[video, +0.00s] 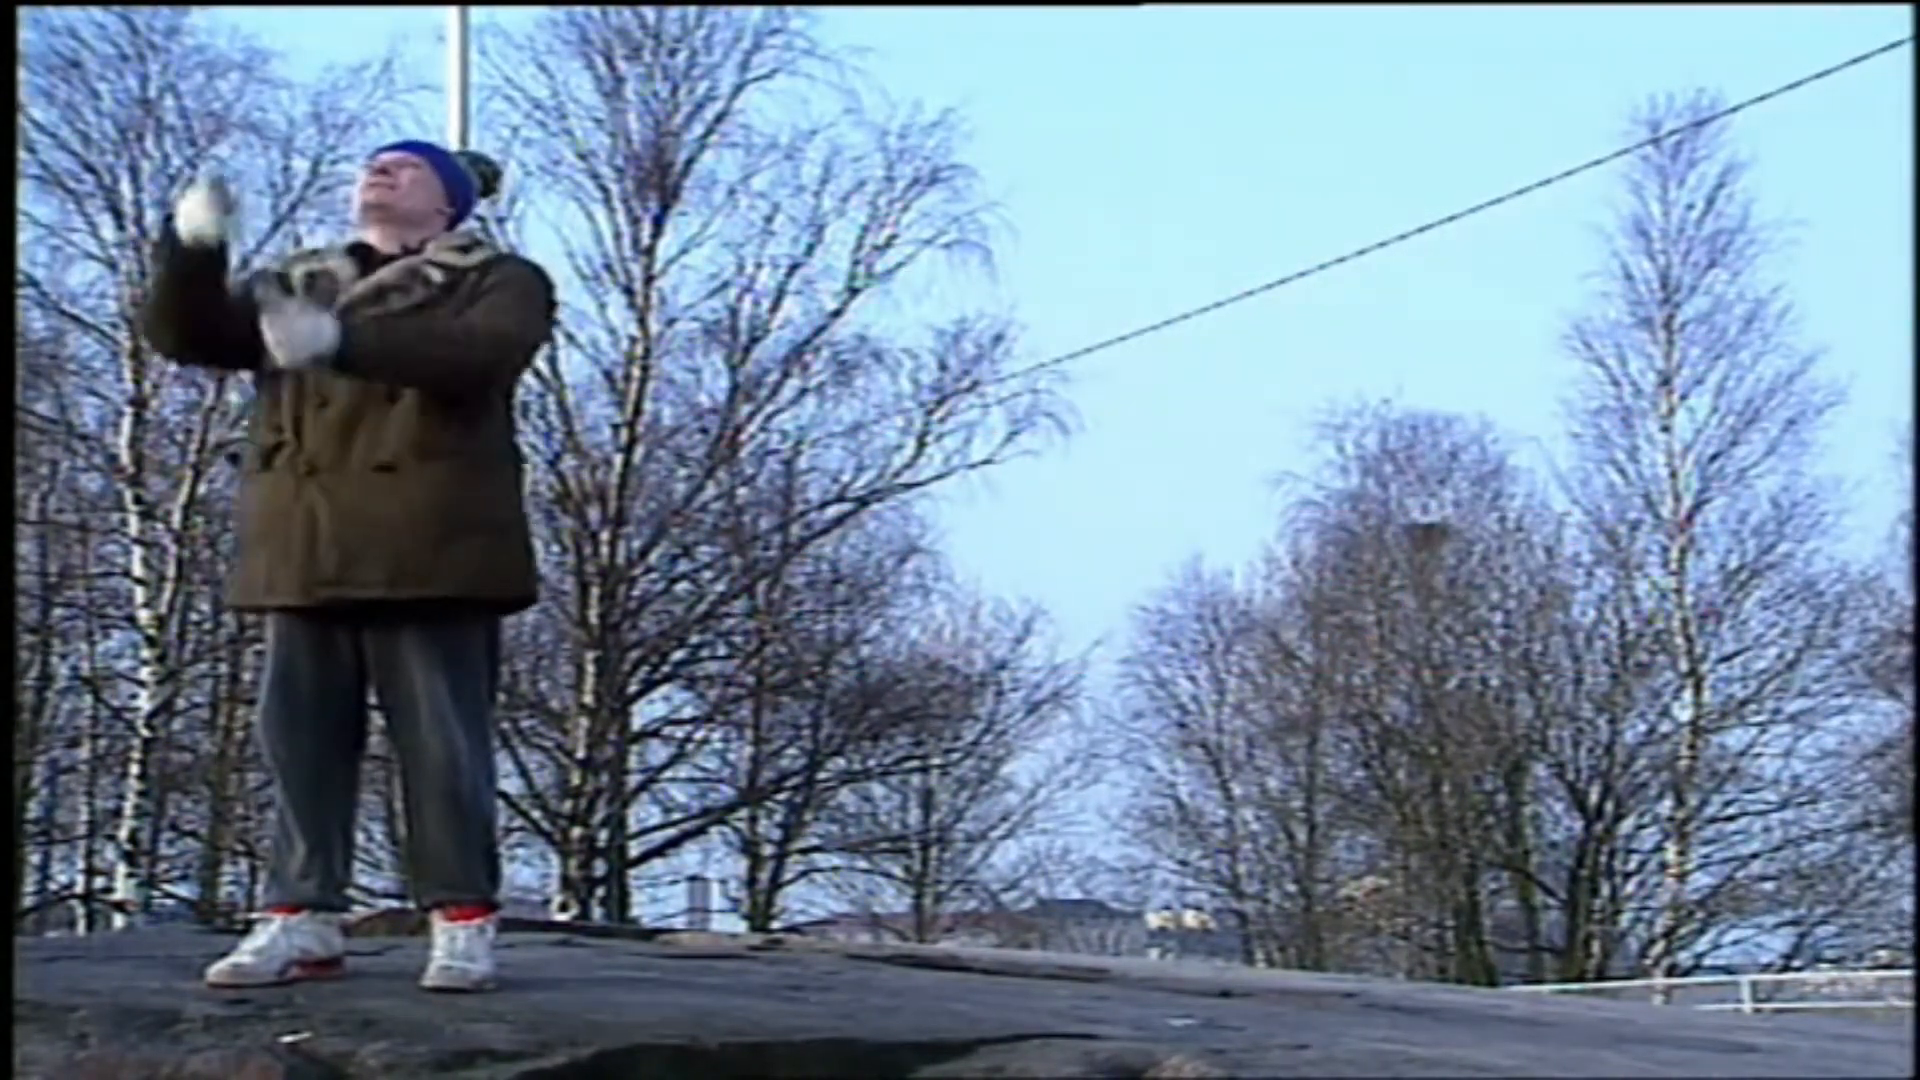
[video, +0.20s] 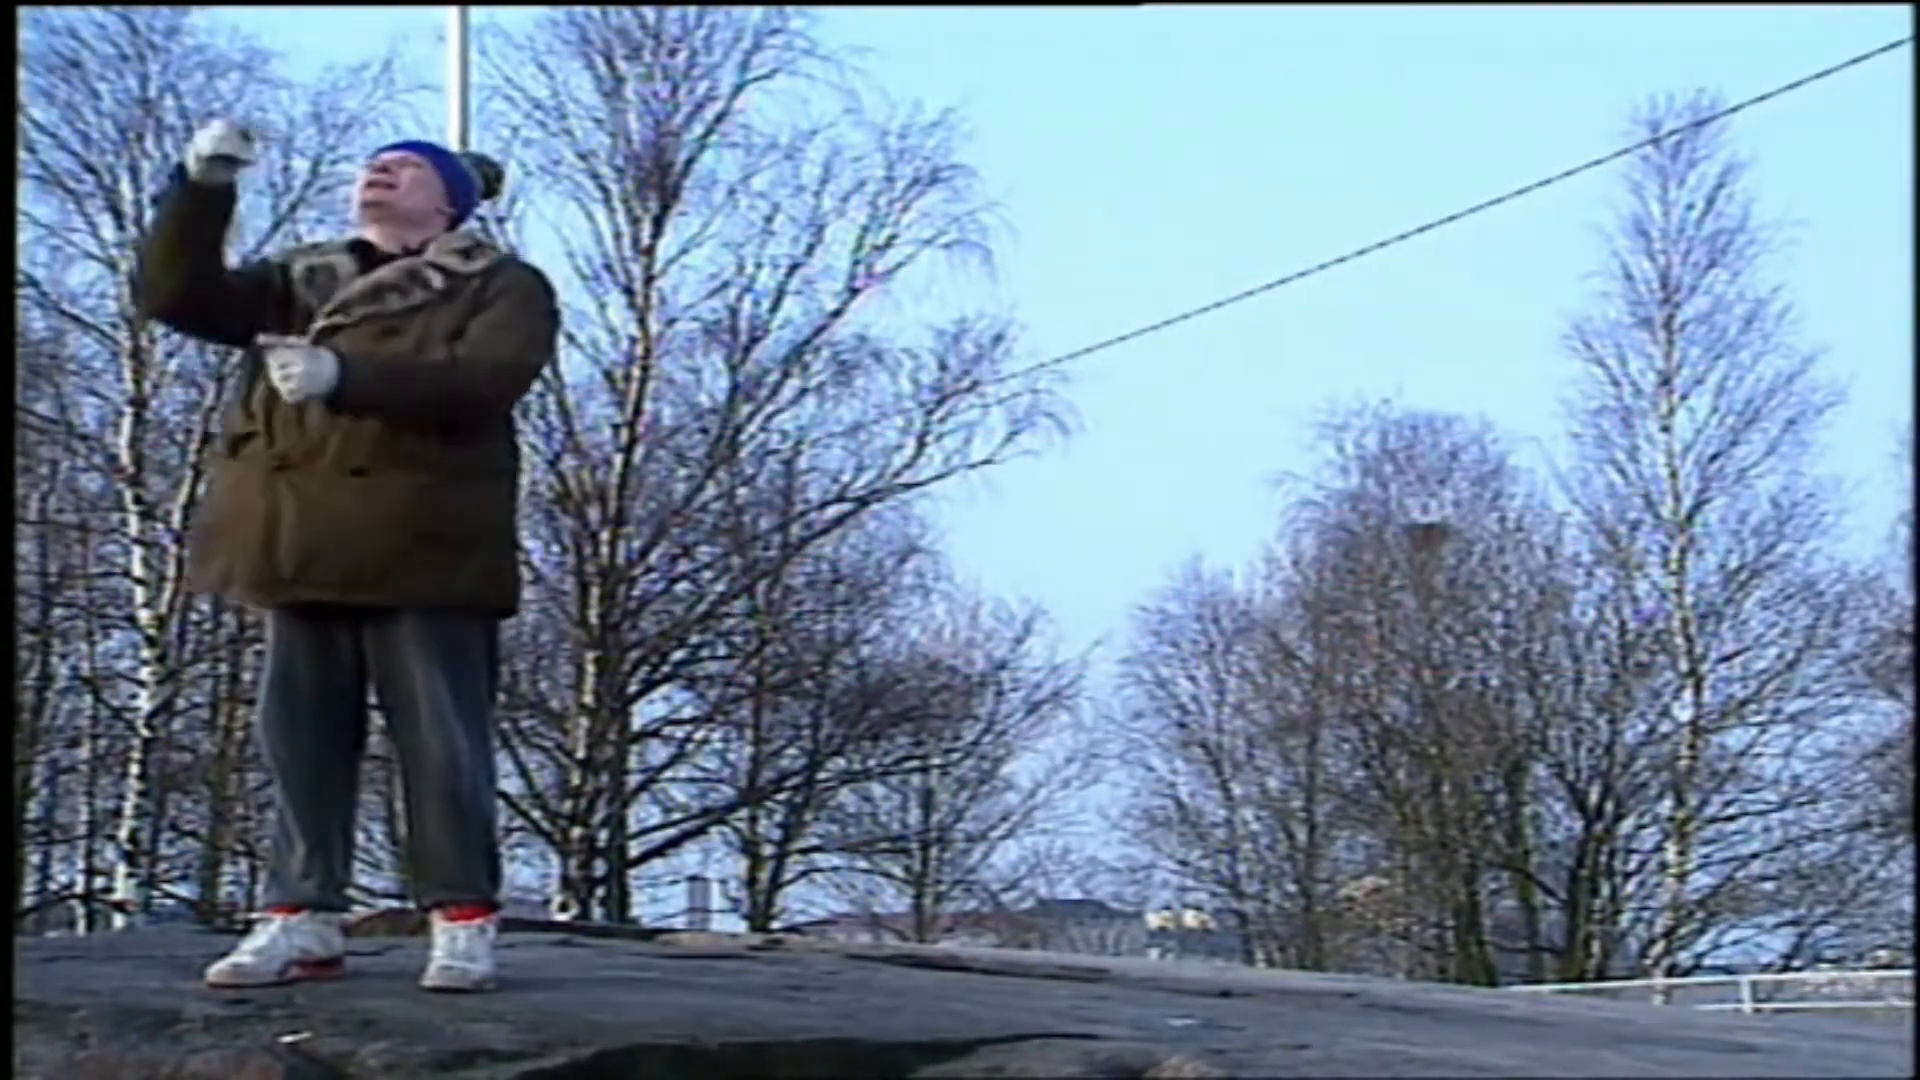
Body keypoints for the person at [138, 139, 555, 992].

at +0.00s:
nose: (376, 174)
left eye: (401, 167)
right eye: (370, 169)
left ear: (450, 204)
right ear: (354, 200)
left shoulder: (503, 279)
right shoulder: (305, 280)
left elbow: (472, 353)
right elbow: (186, 332)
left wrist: (342, 340)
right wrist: (192, 252)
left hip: (435, 559)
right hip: (306, 561)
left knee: (442, 741)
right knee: (299, 738)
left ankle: (463, 919)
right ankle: (305, 918)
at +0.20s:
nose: (376, 176)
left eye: (401, 169)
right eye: (370, 170)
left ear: (452, 200)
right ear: (357, 200)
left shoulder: (505, 285)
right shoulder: (307, 280)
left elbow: (481, 384)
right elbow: (175, 297)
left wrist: (345, 376)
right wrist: (204, 187)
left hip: (433, 560)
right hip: (306, 557)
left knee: (442, 742)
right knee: (299, 737)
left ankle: (463, 919)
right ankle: (305, 918)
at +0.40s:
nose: (375, 177)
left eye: (401, 168)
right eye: (369, 171)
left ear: (452, 204)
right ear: (356, 202)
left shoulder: (502, 282)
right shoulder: (314, 281)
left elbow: (482, 348)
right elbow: (263, 386)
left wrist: (340, 301)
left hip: (429, 550)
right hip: (305, 549)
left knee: (440, 740)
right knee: (299, 737)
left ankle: (461, 918)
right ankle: (306, 918)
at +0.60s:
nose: (380, 181)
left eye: (405, 171)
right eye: (371, 173)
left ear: (455, 206)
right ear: (353, 194)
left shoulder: (492, 275)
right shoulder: (290, 285)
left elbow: (505, 297)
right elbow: (233, 381)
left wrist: (365, 225)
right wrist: (245, 409)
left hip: (432, 546)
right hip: (304, 551)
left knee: (441, 738)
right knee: (299, 736)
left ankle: (461, 919)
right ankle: (305, 918)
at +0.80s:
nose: (382, 178)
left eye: (407, 171)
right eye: (376, 172)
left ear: (453, 207)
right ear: (359, 201)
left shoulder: (503, 279)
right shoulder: (307, 279)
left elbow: (479, 347)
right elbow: (186, 334)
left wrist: (341, 319)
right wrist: (177, 246)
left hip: (437, 555)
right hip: (306, 556)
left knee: (443, 739)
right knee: (299, 735)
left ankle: (462, 919)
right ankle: (306, 918)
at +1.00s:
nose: (380, 175)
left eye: (405, 168)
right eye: (373, 170)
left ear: (453, 208)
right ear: (356, 204)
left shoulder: (504, 283)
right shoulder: (309, 282)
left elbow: (489, 370)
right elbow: (192, 352)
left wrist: (337, 373)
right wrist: (198, 255)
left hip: (435, 551)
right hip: (305, 549)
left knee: (444, 739)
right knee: (301, 736)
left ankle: (462, 919)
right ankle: (306, 918)